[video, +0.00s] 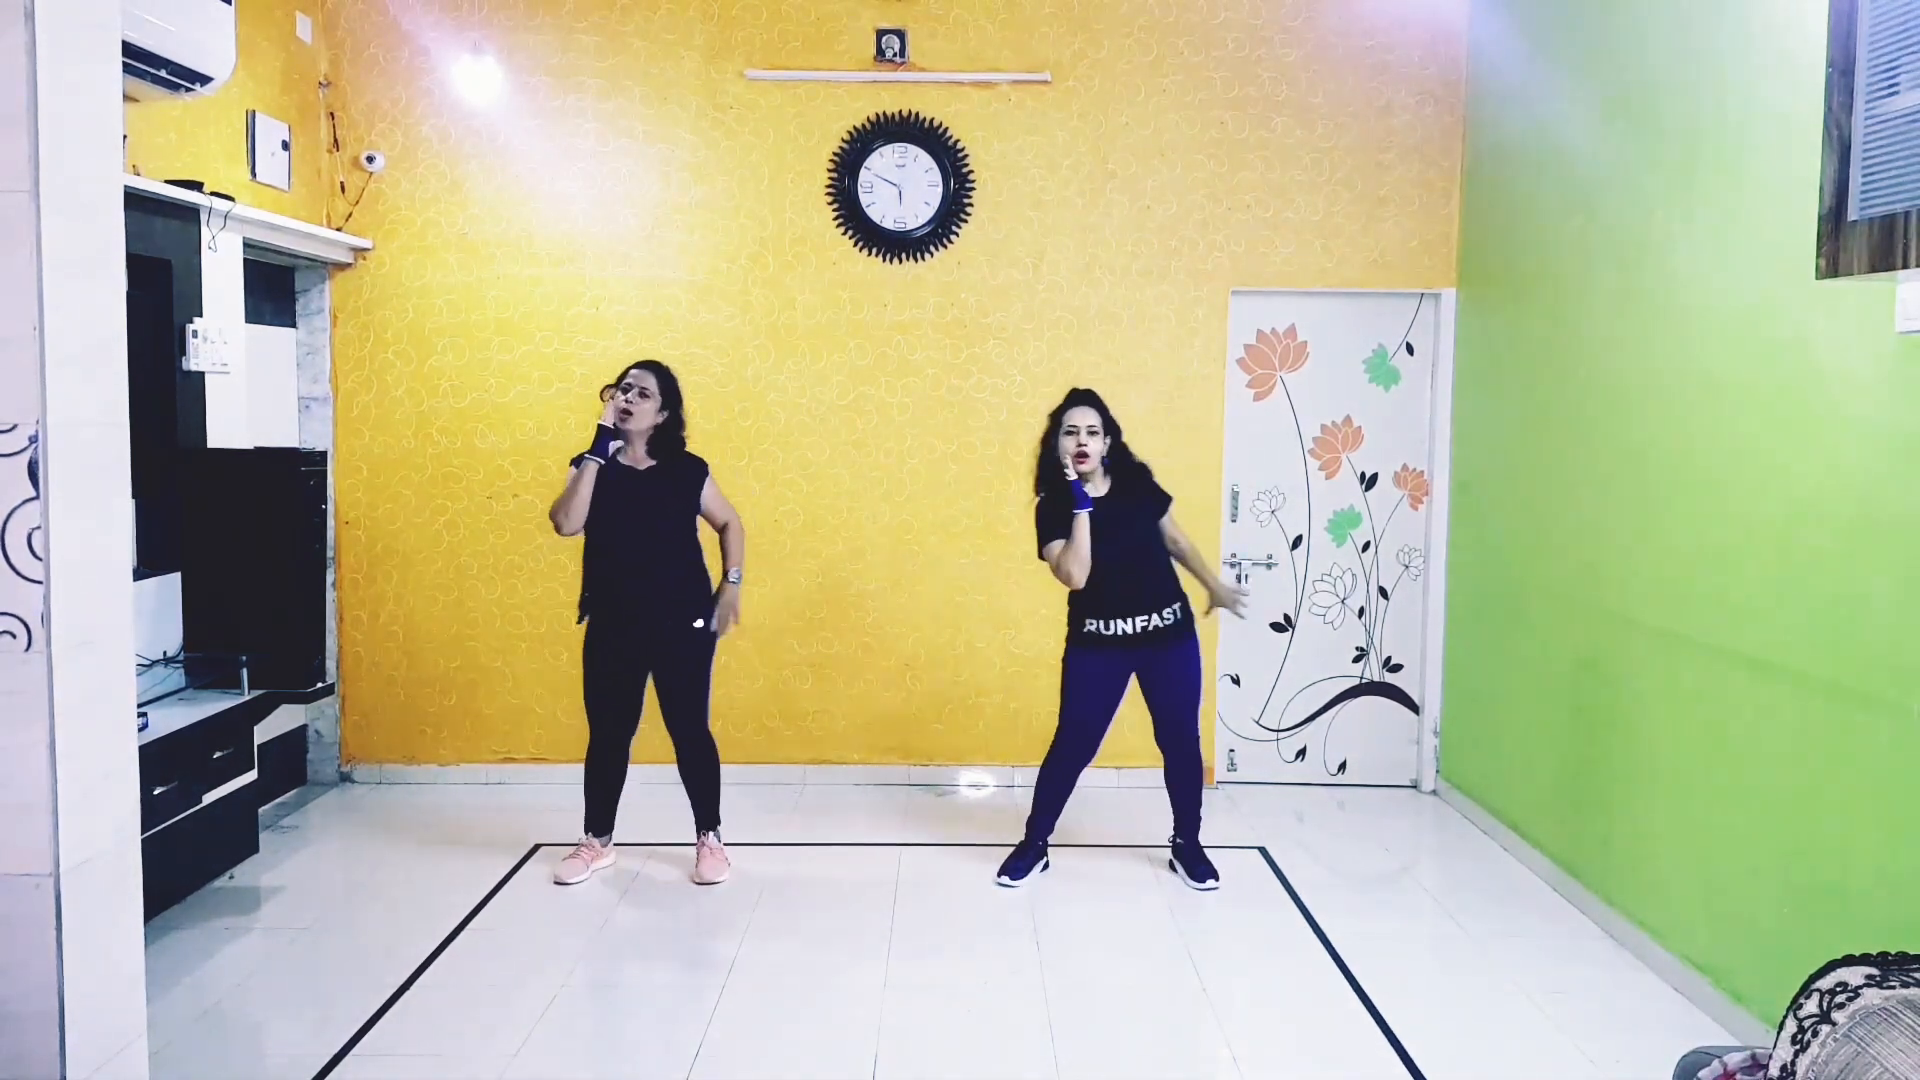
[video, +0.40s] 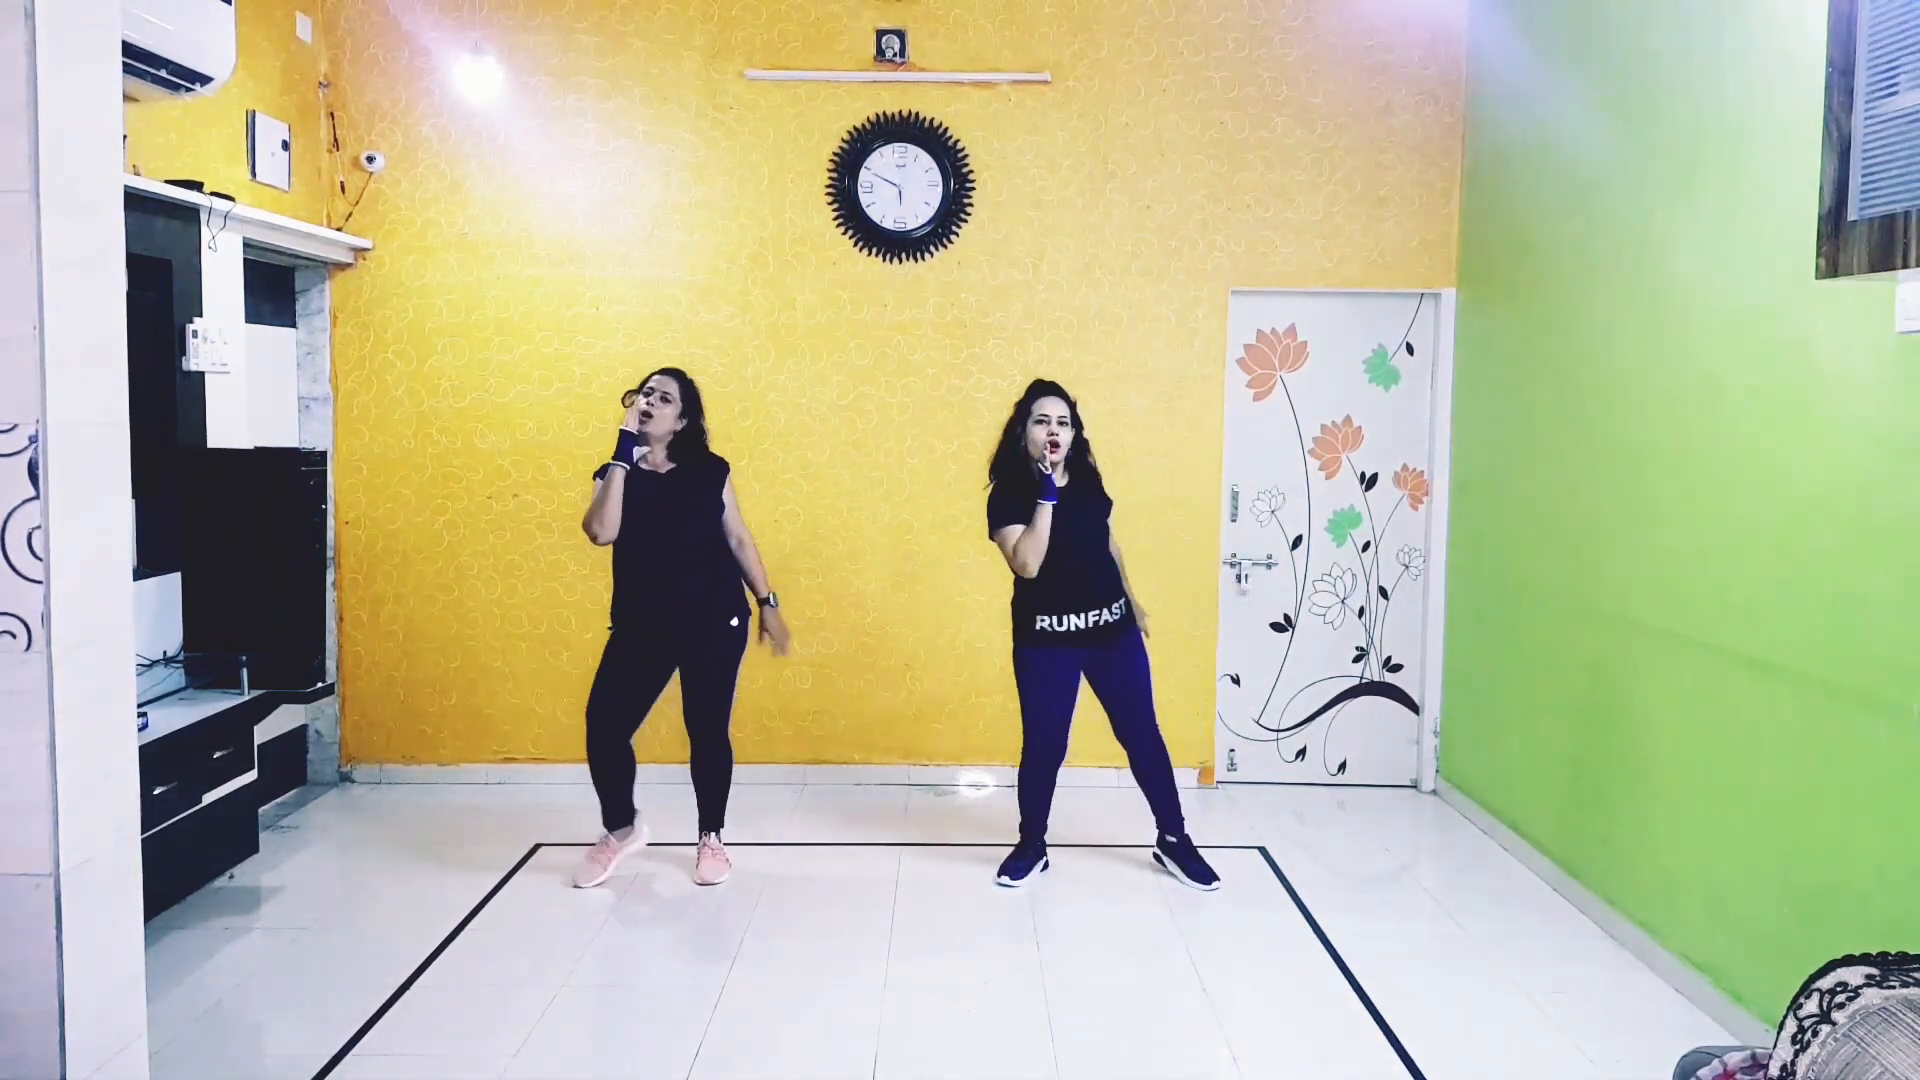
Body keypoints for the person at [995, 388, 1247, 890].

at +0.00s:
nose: (1082, 441)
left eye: (1092, 432)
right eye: (1071, 432)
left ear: (1107, 440)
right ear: (1057, 442)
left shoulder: (1136, 480)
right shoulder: (1055, 502)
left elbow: (1177, 541)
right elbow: (1074, 575)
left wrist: (1216, 586)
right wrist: (1081, 502)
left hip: (1167, 635)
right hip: (1098, 642)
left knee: (1182, 743)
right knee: (1072, 747)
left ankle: (1187, 842)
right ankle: (1034, 842)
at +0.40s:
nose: (1053, 431)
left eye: (1063, 422)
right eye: (1042, 422)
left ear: (1075, 430)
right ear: (1022, 430)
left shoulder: (1087, 477)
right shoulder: (1009, 490)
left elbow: (1108, 544)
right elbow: (1026, 565)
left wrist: (1130, 601)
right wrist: (1048, 493)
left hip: (1110, 626)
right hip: (1045, 634)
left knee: (1142, 733)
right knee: (1043, 747)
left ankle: (1173, 836)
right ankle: (1031, 843)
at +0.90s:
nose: (1080, 429)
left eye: (1090, 420)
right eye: (1069, 420)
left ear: (1106, 428)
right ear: (1053, 427)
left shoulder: (1108, 494)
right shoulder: (1028, 473)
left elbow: (1118, 573)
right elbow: (1002, 532)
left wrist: (1132, 646)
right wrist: (1057, 481)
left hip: (1089, 632)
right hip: (1021, 631)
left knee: (1127, 737)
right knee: (1028, 744)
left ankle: (1163, 837)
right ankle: (1029, 844)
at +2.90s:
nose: (1091, 443)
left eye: (1099, 433)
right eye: (1079, 433)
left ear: (1107, 441)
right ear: (1056, 437)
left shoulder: (1093, 501)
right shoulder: (1029, 484)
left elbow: (1107, 578)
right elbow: (974, 529)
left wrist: (1142, 523)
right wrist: (954, 598)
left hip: (1088, 640)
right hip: (1028, 641)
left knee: (1126, 740)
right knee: (1037, 752)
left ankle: (1166, 840)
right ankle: (1027, 845)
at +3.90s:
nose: (1119, 453)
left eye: (1131, 442)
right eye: (1109, 441)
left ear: (1150, 447)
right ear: (1096, 447)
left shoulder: (1178, 494)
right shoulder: (1101, 508)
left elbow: (1240, 531)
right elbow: (1076, 578)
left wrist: (1238, 597)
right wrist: (1023, 549)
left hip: (1170, 652)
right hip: (1102, 647)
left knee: (1176, 760)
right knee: (1063, 749)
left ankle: (1192, 846)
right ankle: (1029, 842)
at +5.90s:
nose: (1169, 448)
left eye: (1181, 438)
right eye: (1160, 435)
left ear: (1197, 446)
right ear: (1144, 440)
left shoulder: (1207, 505)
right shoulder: (1115, 499)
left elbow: (1254, 562)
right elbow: (1074, 560)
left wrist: (1296, 602)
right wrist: (1033, 609)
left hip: (1210, 643)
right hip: (1141, 649)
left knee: (1224, 747)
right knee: (1124, 757)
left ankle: (1235, 842)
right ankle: (1076, 842)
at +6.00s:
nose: (1169, 452)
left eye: (1181, 442)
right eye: (1159, 441)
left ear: (1196, 450)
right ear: (1144, 445)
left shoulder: (1203, 509)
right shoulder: (1113, 504)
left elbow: (1247, 568)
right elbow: (1075, 567)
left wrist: (1293, 610)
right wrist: (1040, 620)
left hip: (1208, 645)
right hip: (1140, 653)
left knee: (1223, 744)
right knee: (1126, 758)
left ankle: (1235, 842)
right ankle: (1075, 840)